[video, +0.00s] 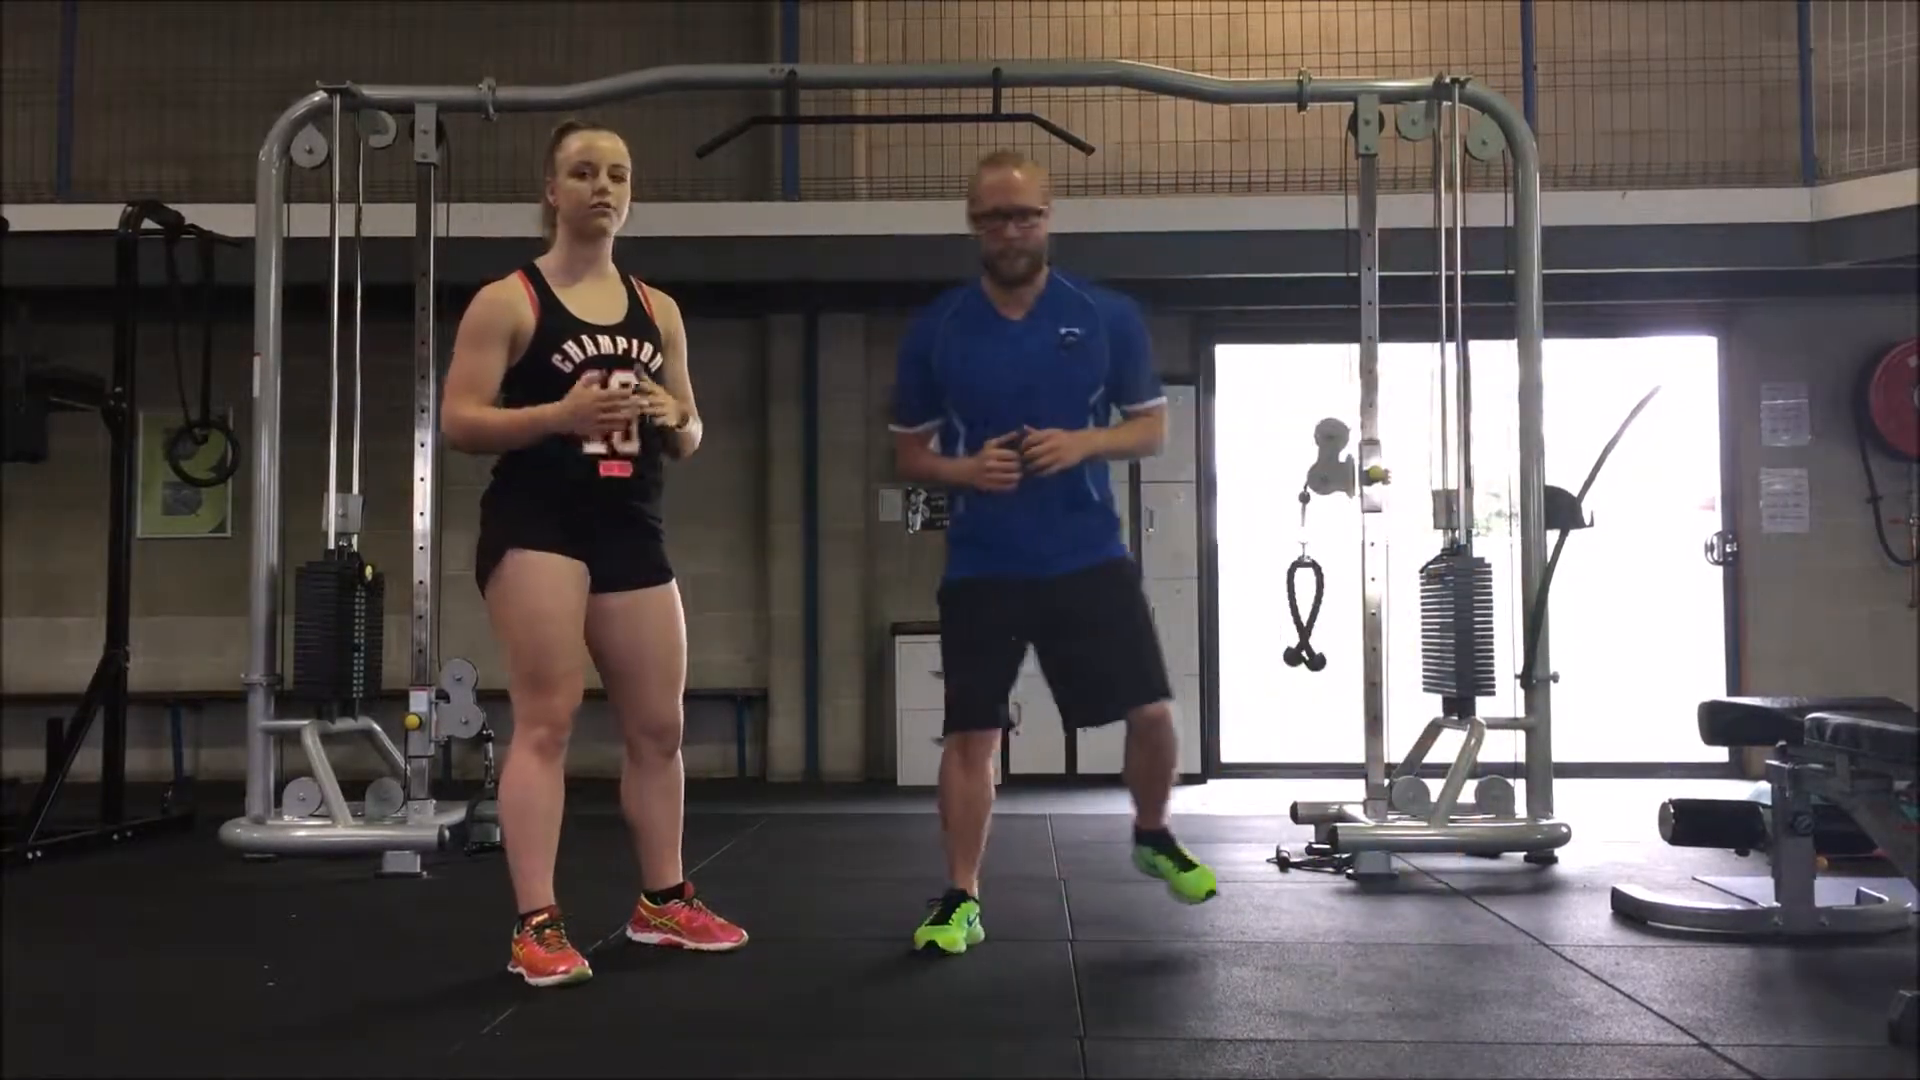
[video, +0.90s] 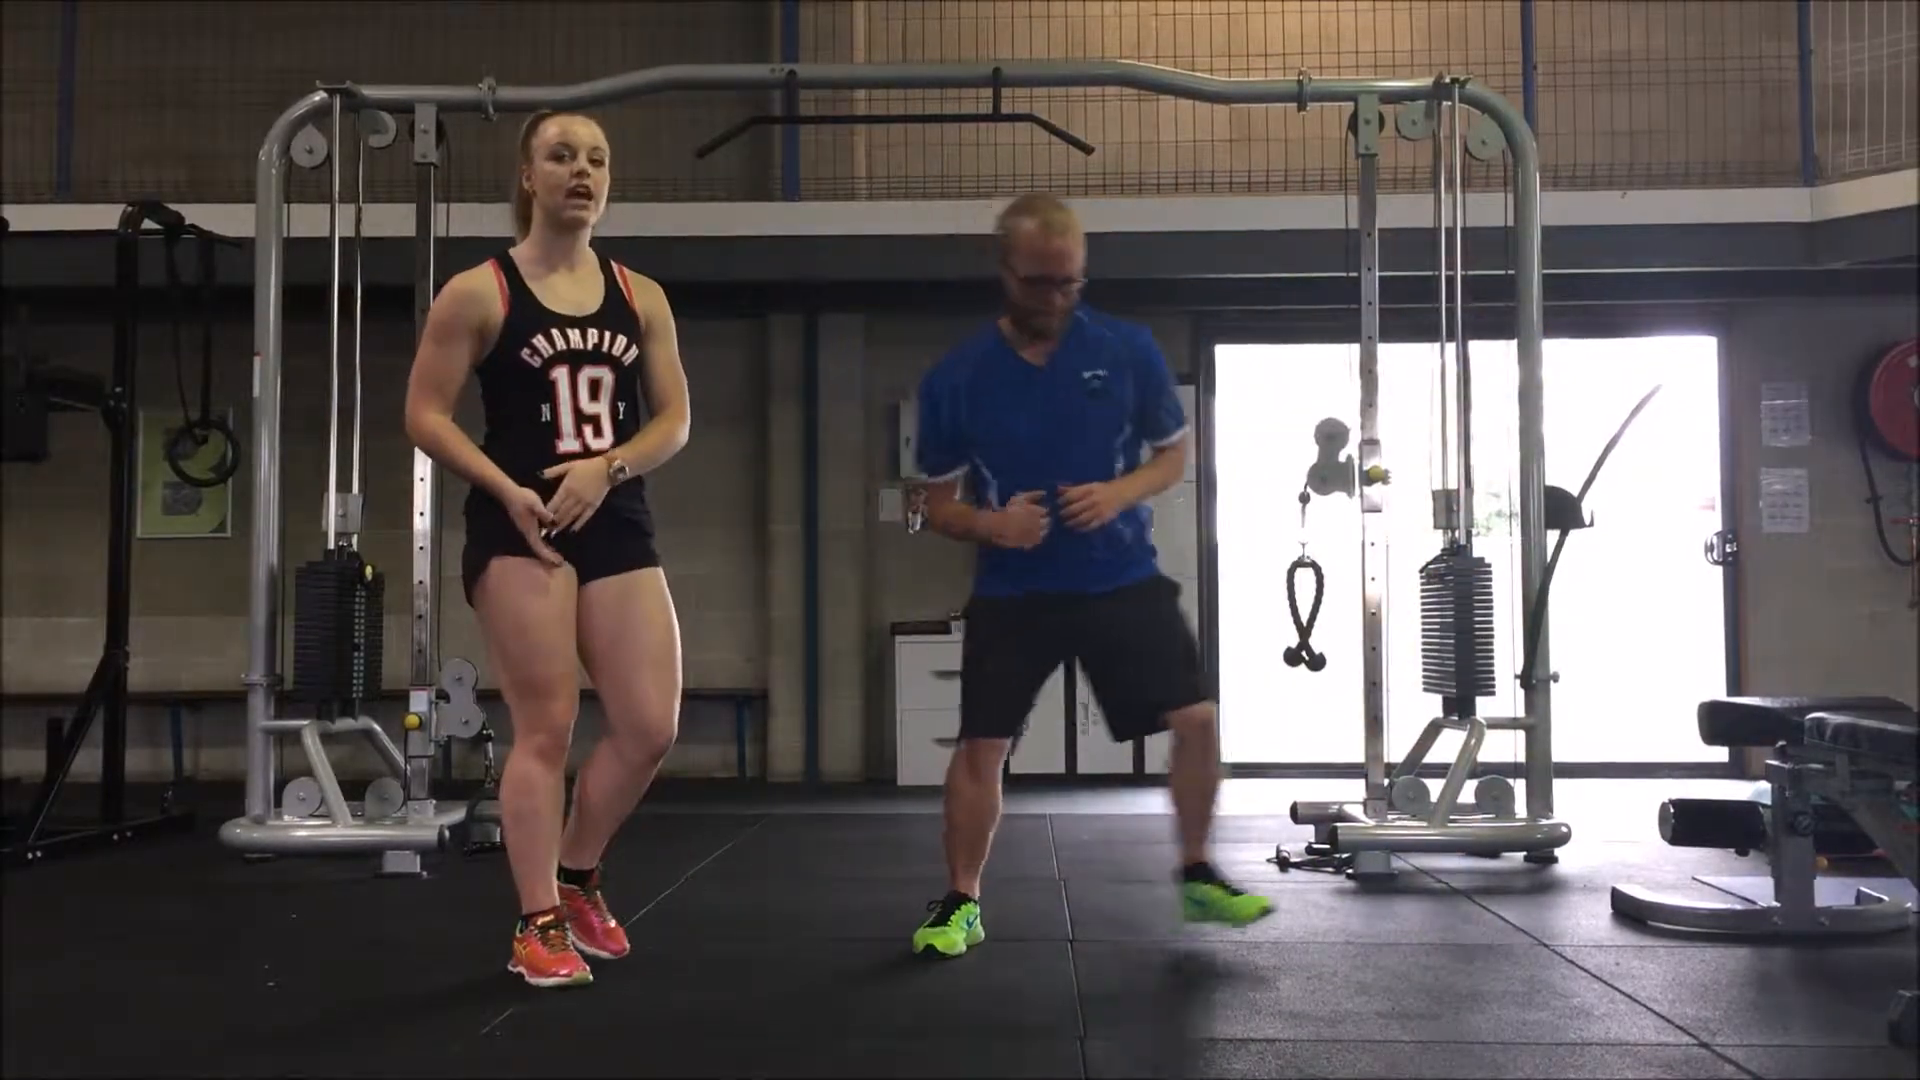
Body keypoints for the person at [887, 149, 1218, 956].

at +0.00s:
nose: (1011, 231)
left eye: (1025, 216)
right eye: (994, 218)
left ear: (1050, 219)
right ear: (972, 225)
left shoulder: (1108, 318)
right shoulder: (936, 332)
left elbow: (1151, 429)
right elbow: (908, 455)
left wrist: (1083, 443)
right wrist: (965, 468)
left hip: (1088, 560)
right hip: (984, 568)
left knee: (1152, 713)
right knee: (971, 733)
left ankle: (1152, 835)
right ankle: (960, 897)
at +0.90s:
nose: (1054, 299)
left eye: (1068, 282)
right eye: (1037, 282)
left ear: (1085, 273)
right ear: (1003, 273)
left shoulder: (1129, 352)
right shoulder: (957, 379)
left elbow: (1176, 456)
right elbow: (934, 504)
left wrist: (1117, 493)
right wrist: (991, 524)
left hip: (1123, 585)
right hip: (1014, 591)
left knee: (1196, 717)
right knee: (981, 745)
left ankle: (1196, 873)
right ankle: (962, 903)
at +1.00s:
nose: (1128, 263)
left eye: (1141, 247)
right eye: (1112, 246)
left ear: (1155, 238)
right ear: (1077, 234)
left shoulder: (1188, 320)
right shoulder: (1024, 341)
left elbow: (1229, 429)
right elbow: (987, 456)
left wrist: (1178, 442)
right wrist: (1058, 469)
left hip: (1174, 563)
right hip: (1064, 572)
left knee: (1262, 694)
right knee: (1010, 729)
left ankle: (1307, 861)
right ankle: (964, 897)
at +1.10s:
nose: (1222, 230)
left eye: (1231, 213)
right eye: (1206, 214)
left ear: (1243, 203)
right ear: (1163, 206)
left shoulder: (1272, 287)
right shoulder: (1100, 295)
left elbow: (1304, 405)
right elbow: (1065, 418)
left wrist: (1257, 405)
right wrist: (1146, 425)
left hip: (1243, 537)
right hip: (1131, 541)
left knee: (1334, 690)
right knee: (1051, 699)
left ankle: (1416, 856)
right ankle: (976, 859)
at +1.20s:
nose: (1306, 240)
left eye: (1316, 223)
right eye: (1290, 224)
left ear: (1325, 212)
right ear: (1245, 213)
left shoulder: (1358, 297)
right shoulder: (1181, 299)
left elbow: (1382, 417)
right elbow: (1141, 428)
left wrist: (1331, 420)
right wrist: (1224, 433)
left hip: (1321, 546)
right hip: (1209, 543)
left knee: (1402, 710)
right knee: (1111, 691)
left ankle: (1469, 886)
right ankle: (1017, 838)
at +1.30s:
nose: (1368, 271)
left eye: (1381, 255)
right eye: (1352, 254)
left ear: (1394, 245)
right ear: (1310, 239)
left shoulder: (1423, 330)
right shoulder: (1249, 332)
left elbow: (1452, 448)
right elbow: (1209, 458)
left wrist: (1400, 452)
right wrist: (1289, 462)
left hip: (1378, 573)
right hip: (1267, 574)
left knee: (1454, 721)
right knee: (1177, 715)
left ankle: (1472, 903)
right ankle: (1101, 835)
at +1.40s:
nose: (1408, 278)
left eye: (1422, 263)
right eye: (1394, 261)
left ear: (1436, 254)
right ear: (1351, 245)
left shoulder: (1462, 339)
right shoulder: (1289, 337)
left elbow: (1488, 455)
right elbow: (1251, 468)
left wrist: (1441, 462)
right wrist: (1334, 471)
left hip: (1417, 577)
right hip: (1307, 577)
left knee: (1467, 728)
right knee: (1242, 732)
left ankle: (1472, 905)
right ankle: (1194, 846)